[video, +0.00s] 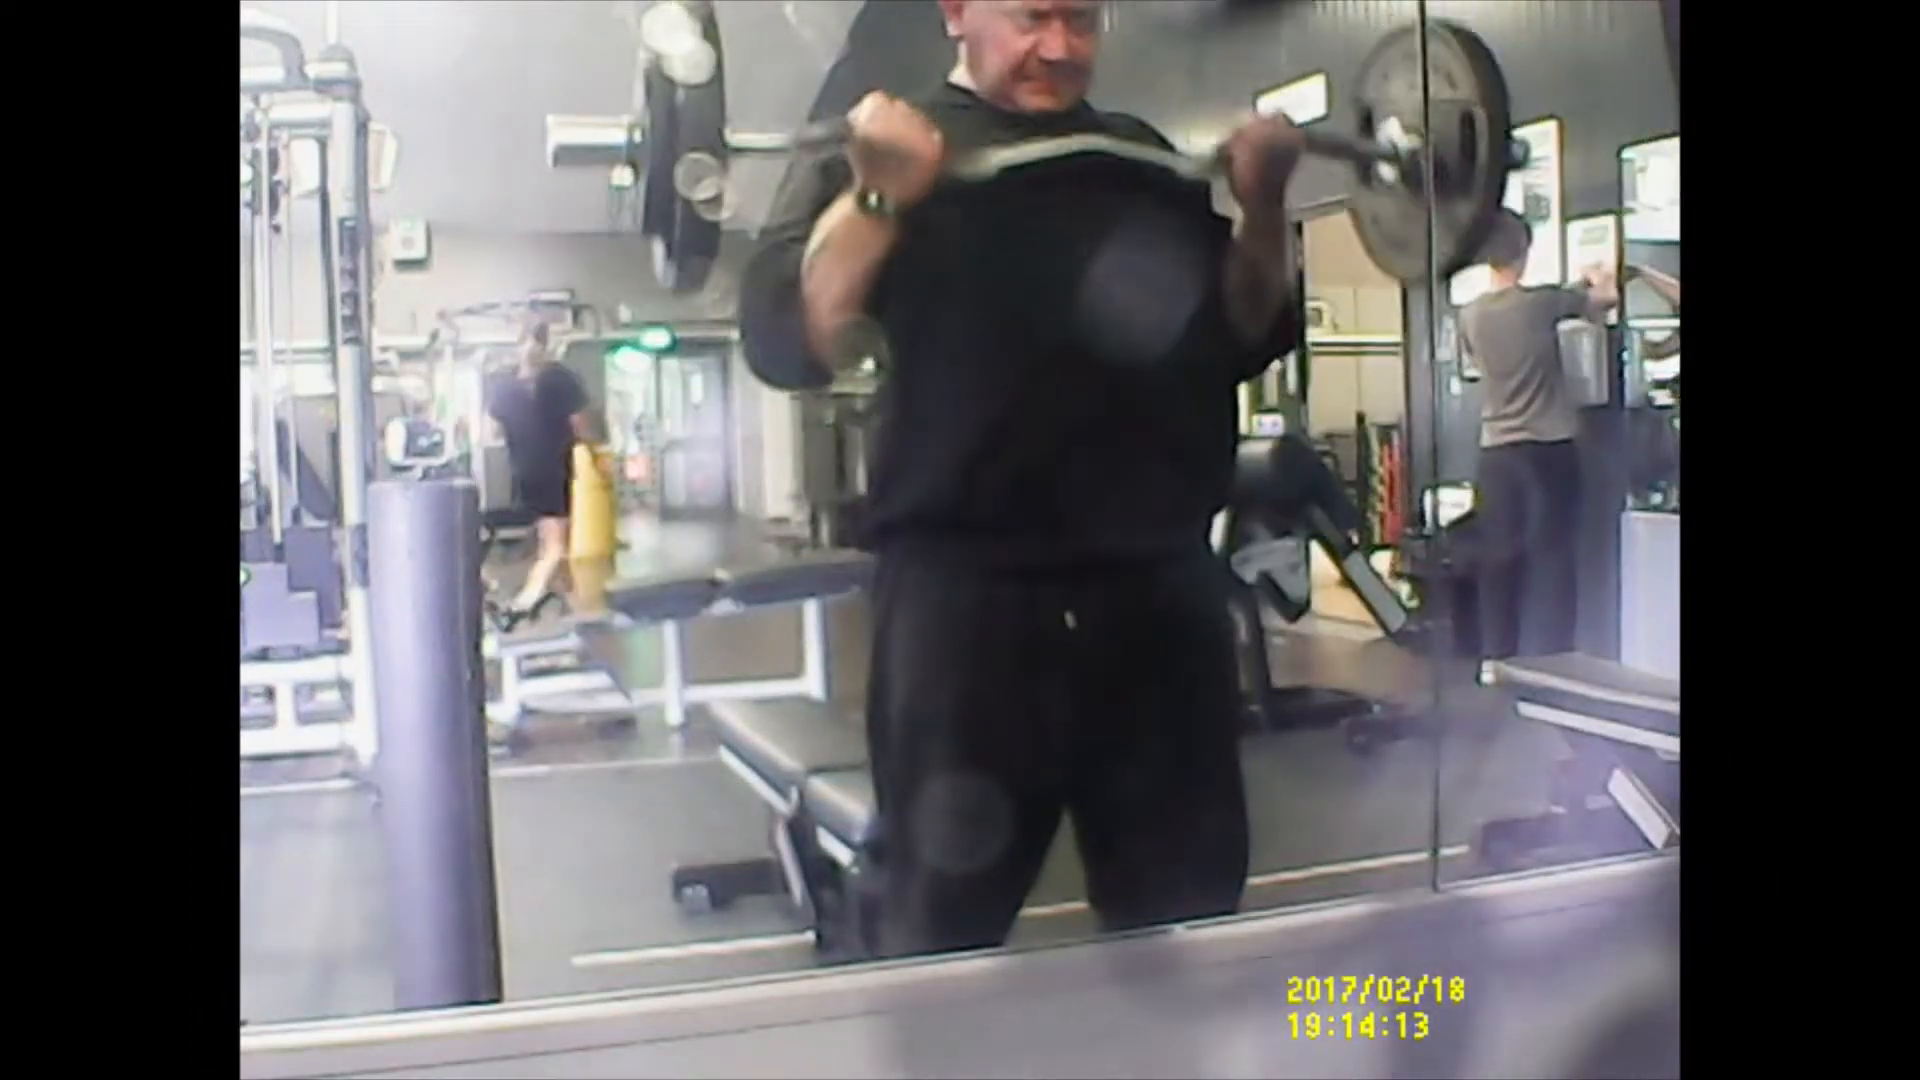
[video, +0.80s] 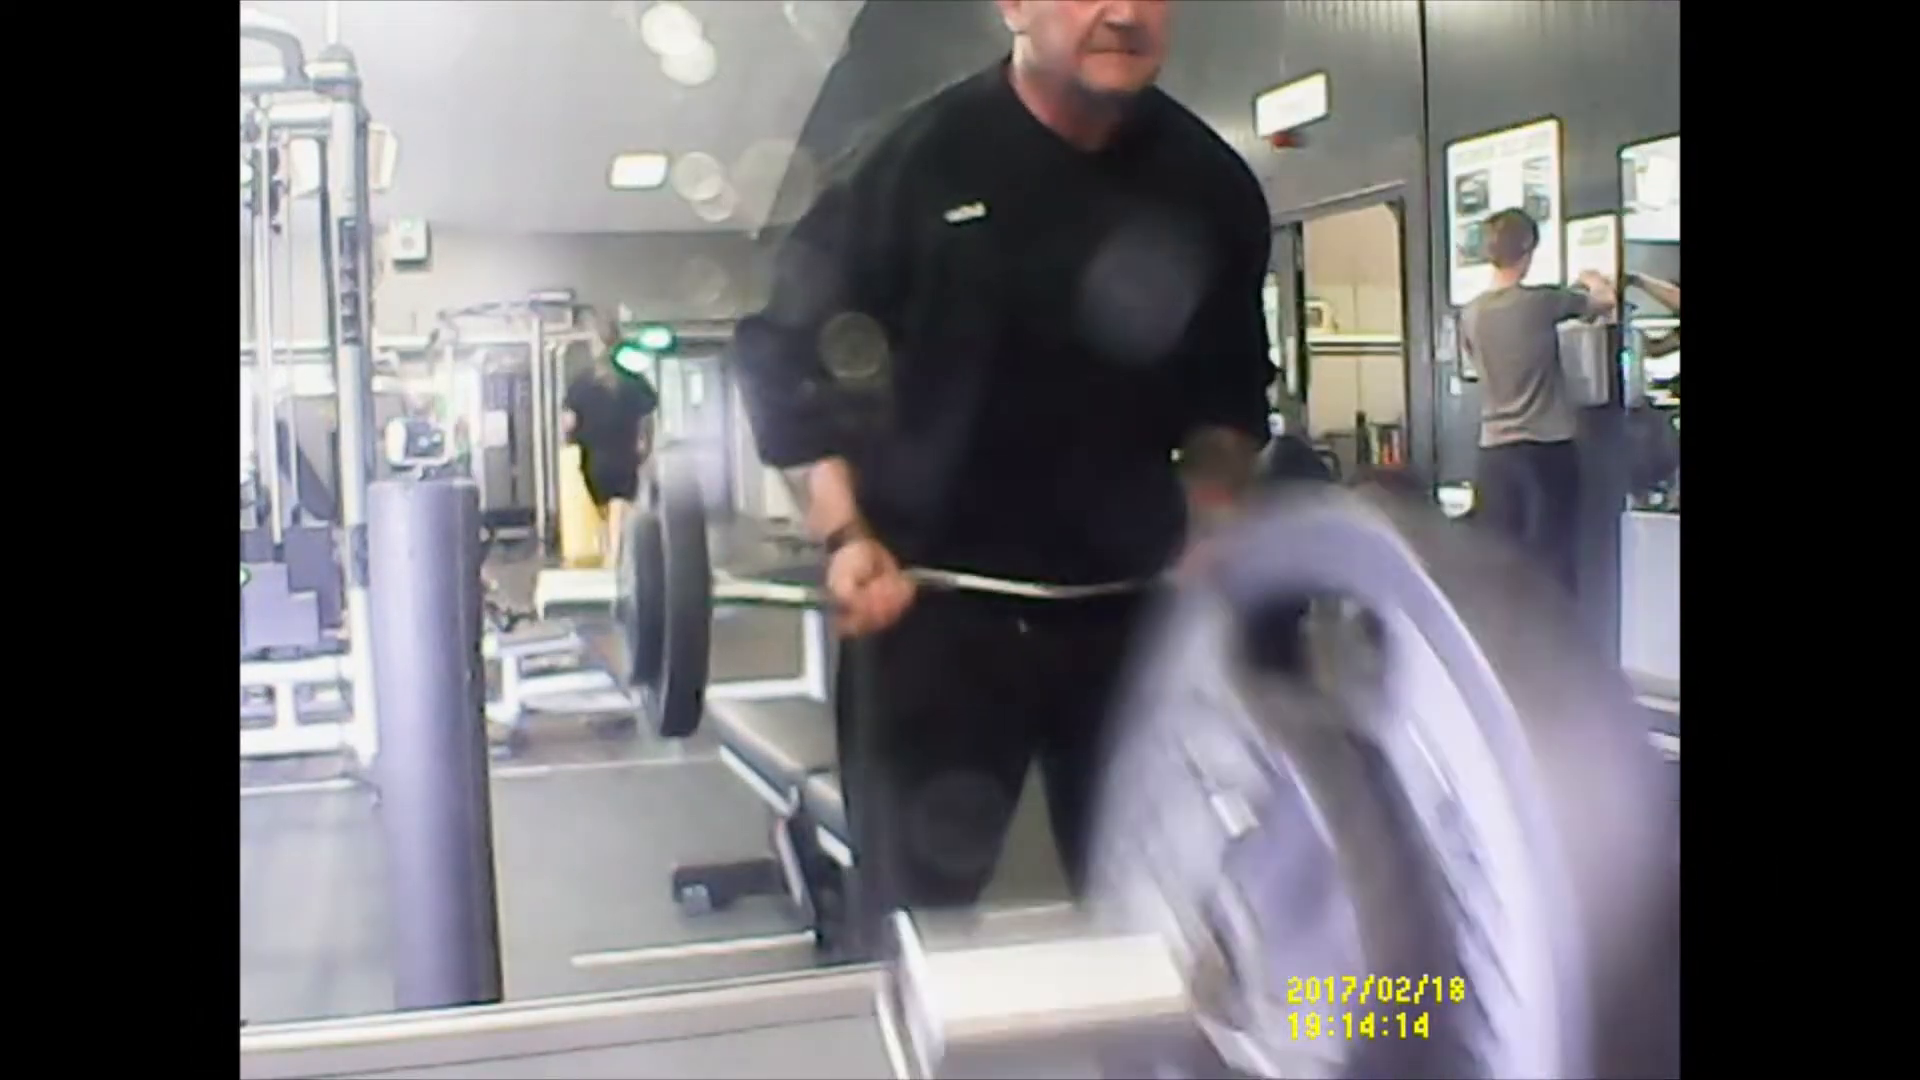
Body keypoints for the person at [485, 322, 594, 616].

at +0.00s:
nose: (533, 349)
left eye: (531, 343)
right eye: (535, 343)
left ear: (518, 347)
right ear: (546, 345)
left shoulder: (503, 383)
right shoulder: (559, 378)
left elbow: (492, 431)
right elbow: (580, 424)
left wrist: (516, 429)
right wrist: (597, 452)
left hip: (524, 466)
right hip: (555, 464)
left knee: (550, 539)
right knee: (555, 545)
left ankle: (571, 601)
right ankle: (520, 607)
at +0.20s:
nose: (567, 347)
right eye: (568, 342)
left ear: (541, 345)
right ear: (568, 343)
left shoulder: (527, 379)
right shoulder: (581, 374)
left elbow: (520, 425)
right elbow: (590, 420)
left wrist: (525, 455)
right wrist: (604, 457)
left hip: (546, 460)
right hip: (580, 456)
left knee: (562, 538)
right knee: (596, 529)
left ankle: (574, 606)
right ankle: (595, 600)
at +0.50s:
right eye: (598, 350)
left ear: (571, 350)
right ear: (597, 350)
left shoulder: (552, 384)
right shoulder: (605, 382)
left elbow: (542, 424)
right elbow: (613, 428)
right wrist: (623, 463)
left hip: (565, 469)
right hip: (602, 469)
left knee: (572, 541)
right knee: (602, 540)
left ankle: (574, 609)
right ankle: (597, 606)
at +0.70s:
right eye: (602, 350)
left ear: (581, 359)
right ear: (609, 354)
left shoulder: (571, 384)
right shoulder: (626, 383)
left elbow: (568, 425)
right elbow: (640, 428)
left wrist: (574, 454)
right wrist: (645, 463)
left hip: (587, 459)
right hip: (618, 458)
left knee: (599, 526)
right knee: (616, 526)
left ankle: (604, 579)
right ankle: (616, 580)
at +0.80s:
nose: (600, 363)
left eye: (600, 358)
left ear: (595, 355)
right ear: (620, 353)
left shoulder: (583, 382)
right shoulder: (634, 381)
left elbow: (570, 421)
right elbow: (646, 420)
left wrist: (571, 437)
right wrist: (646, 447)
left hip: (594, 446)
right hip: (625, 446)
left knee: (603, 507)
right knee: (620, 503)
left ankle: (606, 553)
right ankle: (616, 558)